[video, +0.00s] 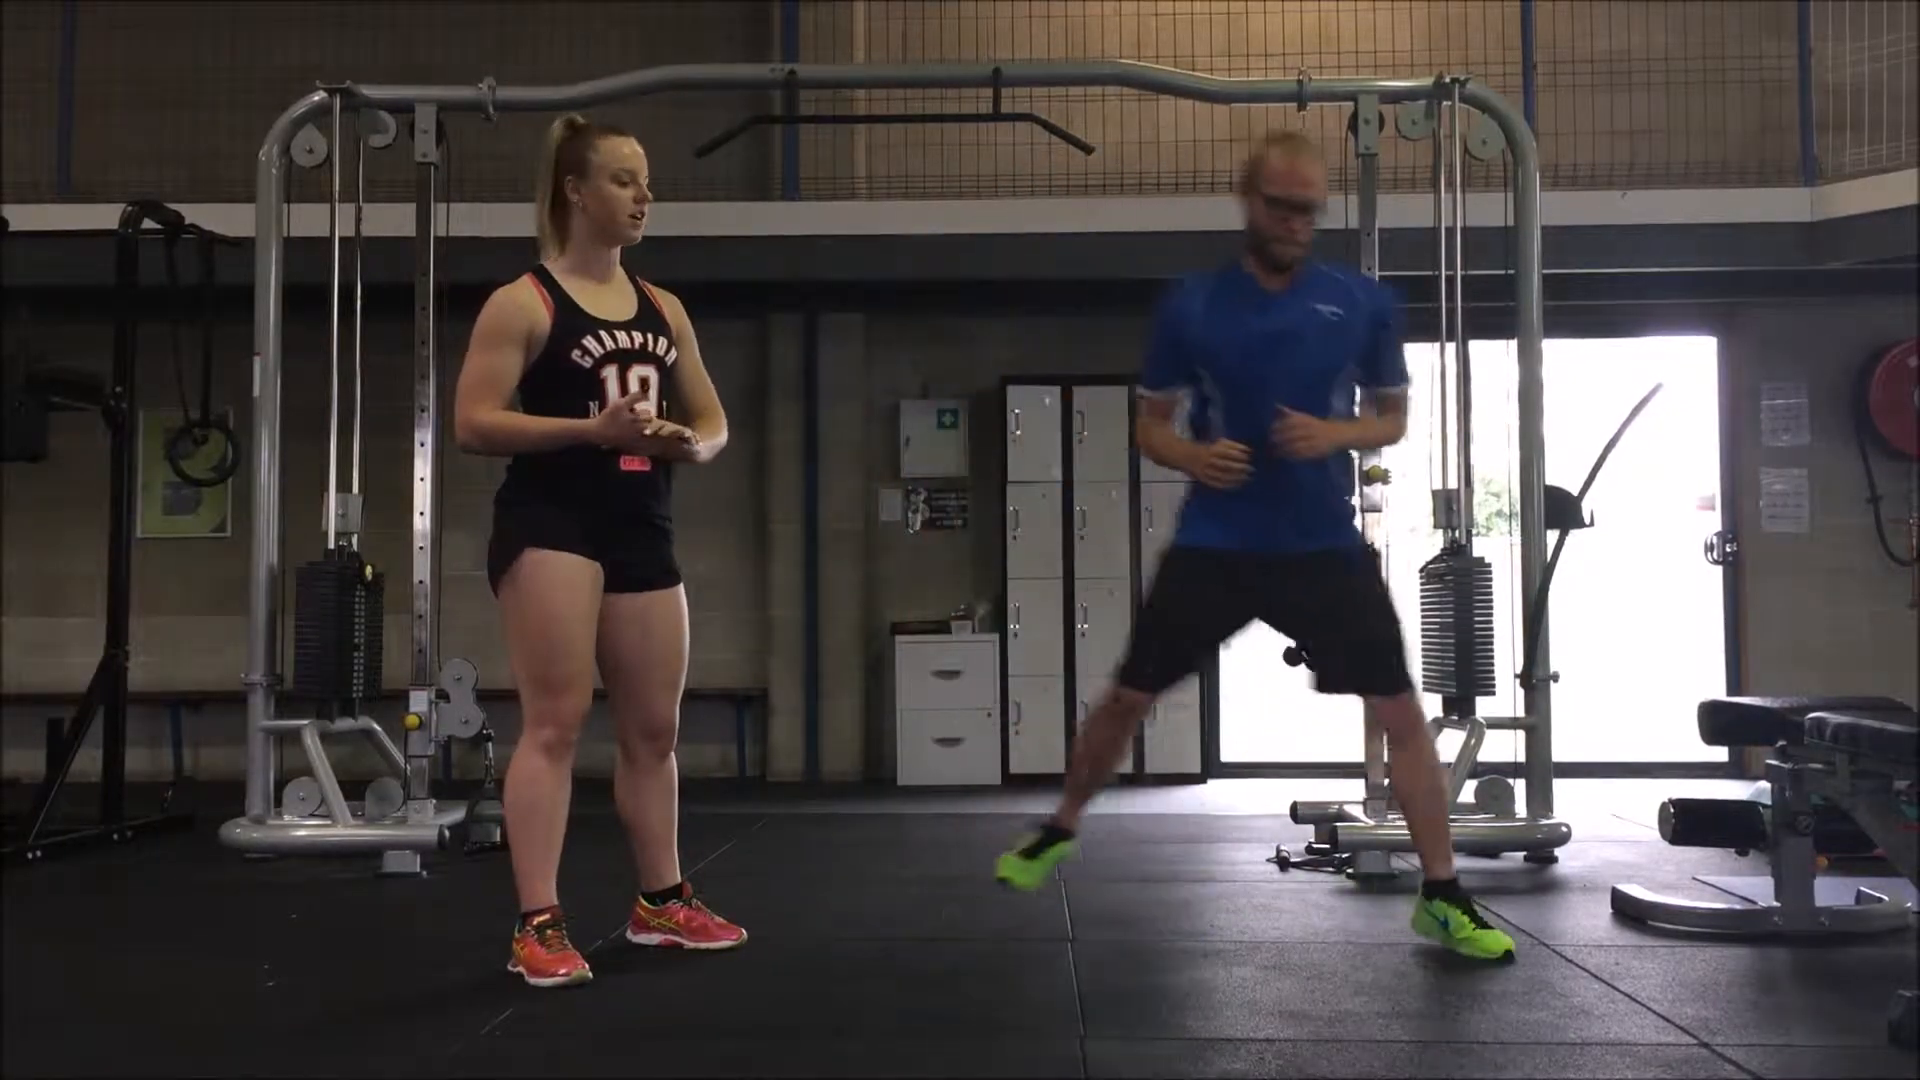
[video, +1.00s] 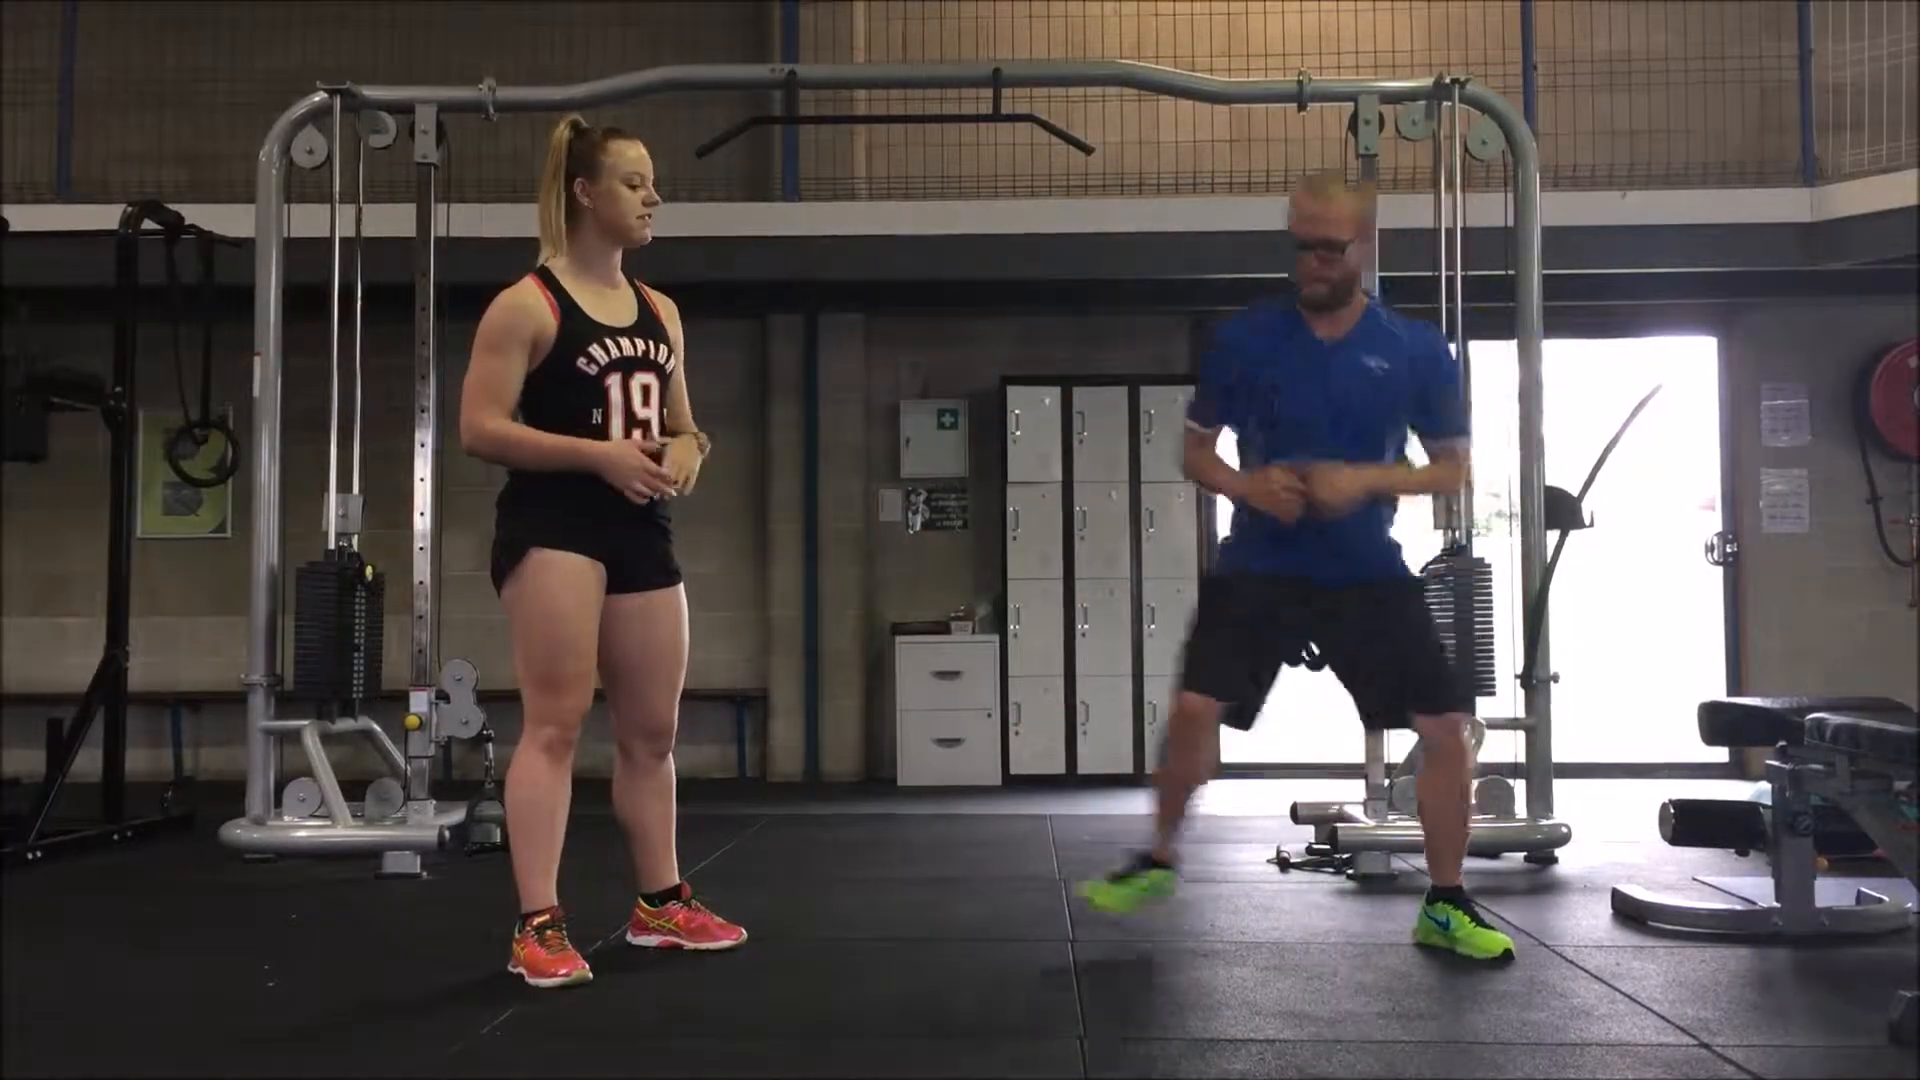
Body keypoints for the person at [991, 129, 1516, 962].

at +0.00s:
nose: (1294, 221)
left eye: (1308, 208)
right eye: (1279, 205)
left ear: (1325, 209)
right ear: (1245, 201)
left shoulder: (1364, 304)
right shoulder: (1193, 304)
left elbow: (1391, 419)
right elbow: (1148, 424)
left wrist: (1336, 432)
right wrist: (1192, 455)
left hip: (1325, 551)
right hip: (1215, 547)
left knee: (1401, 711)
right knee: (1130, 694)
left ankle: (1441, 891)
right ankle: (1061, 827)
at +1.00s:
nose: (1313, 263)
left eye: (1332, 249)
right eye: (1302, 246)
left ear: (1368, 248)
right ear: (1288, 242)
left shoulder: (1417, 350)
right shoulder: (1244, 341)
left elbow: (1453, 472)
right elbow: (1194, 452)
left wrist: (1363, 480)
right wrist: (1245, 487)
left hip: (1366, 573)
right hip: (1258, 570)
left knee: (1445, 721)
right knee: (1192, 708)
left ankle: (1447, 900)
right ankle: (1158, 861)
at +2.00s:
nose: (952, 268)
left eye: (965, 251)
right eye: (935, 254)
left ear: (986, 231)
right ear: (904, 236)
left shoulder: (1044, 311)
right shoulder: (872, 337)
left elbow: (1097, 414)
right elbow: (860, 465)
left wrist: (1035, 454)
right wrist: (897, 483)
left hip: (1053, 554)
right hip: (945, 565)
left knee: (1126, 702)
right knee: (934, 728)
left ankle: (1140, 825)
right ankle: (953, 897)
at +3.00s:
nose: (1423, 266)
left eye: (1437, 250)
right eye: (1408, 249)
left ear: (1451, 240)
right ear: (1367, 231)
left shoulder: (1482, 330)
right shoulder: (1309, 330)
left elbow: (1511, 441)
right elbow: (1270, 462)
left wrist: (1464, 453)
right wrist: (1355, 461)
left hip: (1436, 573)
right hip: (1328, 574)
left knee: (1470, 727)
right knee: (1291, 737)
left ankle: (1470, 905)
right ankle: (1271, 855)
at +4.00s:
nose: (1064, 235)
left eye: (1079, 221)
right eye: (1048, 221)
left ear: (1104, 223)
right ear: (1024, 224)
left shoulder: (1151, 324)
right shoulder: (982, 324)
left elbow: (1173, 451)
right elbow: (947, 452)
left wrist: (1088, 423)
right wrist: (1006, 437)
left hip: (1116, 570)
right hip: (1006, 572)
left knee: (1182, 726)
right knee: (974, 732)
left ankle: (1193, 826)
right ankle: (973, 898)